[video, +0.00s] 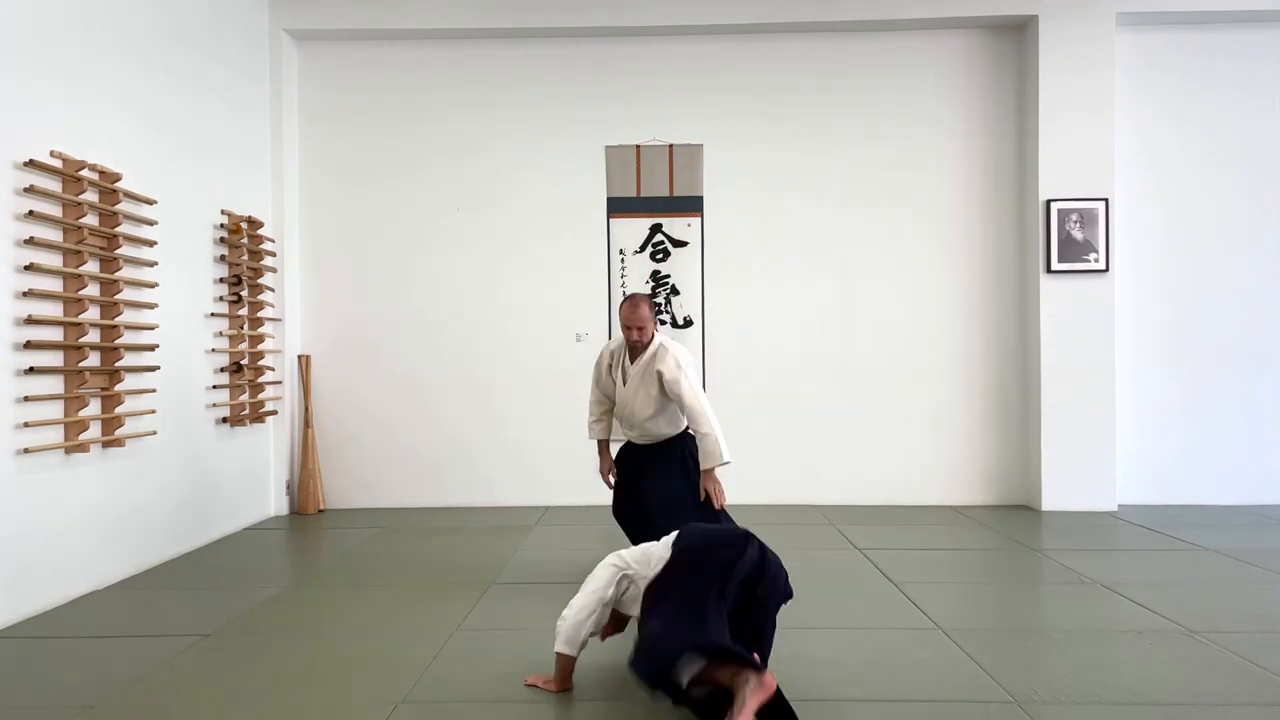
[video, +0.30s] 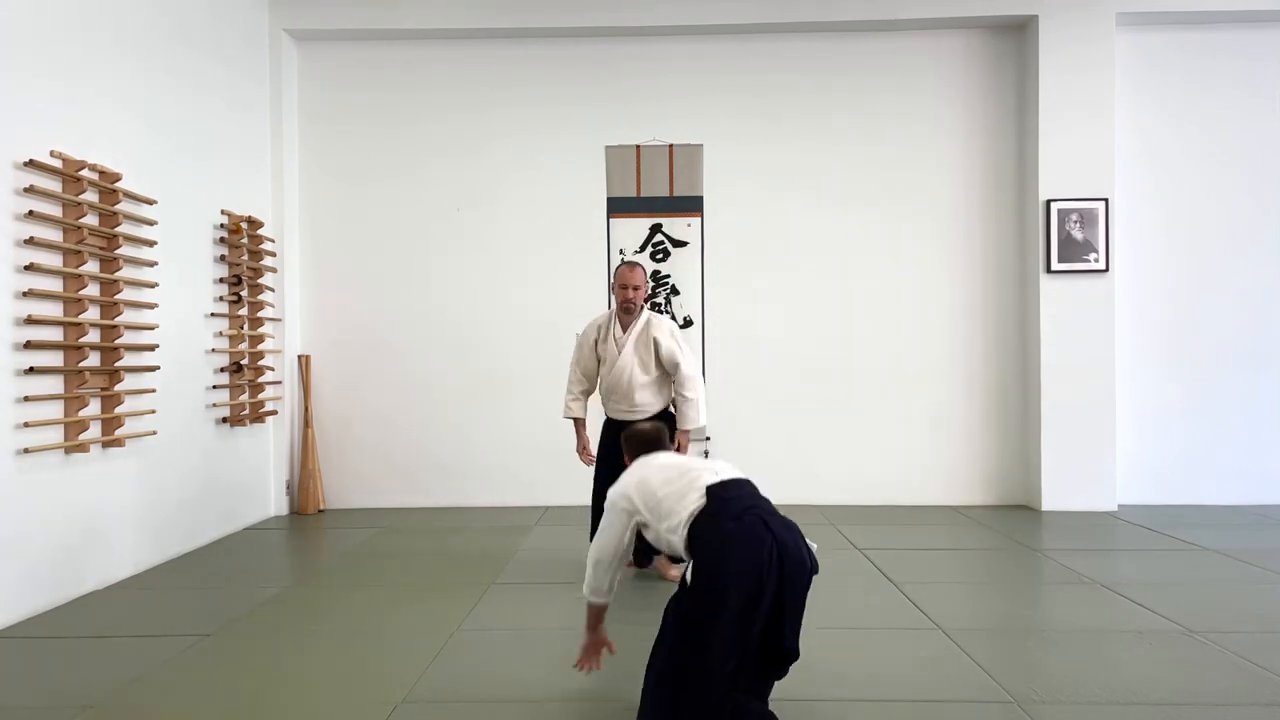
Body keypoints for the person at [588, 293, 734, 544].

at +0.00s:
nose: (633, 336)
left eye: (640, 329)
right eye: (627, 329)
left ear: (654, 323)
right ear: (620, 324)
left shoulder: (670, 358)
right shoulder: (610, 356)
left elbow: (699, 414)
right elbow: (600, 405)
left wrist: (709, 471)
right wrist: (604, 453)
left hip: (674, 451)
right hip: (635, 452)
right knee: (626, 510)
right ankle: (658, 566)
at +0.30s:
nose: (629, 295)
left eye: (636, 288)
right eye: (622, 288)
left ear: (646, 292)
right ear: (613, 290)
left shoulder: (662, 330)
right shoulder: (596, 330)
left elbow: (686, 379)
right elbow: (579, 382)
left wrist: (684, 429)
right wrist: (580, 429)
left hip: (655, 427)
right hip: (614, 427)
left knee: (653, 493)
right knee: (605, 496)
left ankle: (651, 556)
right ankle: (605, 560)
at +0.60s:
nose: (641, 281)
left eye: (647, 275)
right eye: (633, 274)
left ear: (651, 281)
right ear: (618, 278)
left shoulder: (652, 323)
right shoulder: (595, 319)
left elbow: (661, 368)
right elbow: (565, 374)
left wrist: (660, 413)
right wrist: (575, 422)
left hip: (638, 410)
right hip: (595, 411)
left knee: (646, 481)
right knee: (590, 479)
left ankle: (626, 556)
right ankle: (587, 535)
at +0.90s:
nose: (615, 284)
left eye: (620, 278)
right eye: (608, 277)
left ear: (622, 283)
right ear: (586, 279)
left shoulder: (617, 325)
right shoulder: (564, 318)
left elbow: (615, 380)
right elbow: (592, 331)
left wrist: (637, 418)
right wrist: (635, 315)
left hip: (592, 430)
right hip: (553, 427)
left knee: (626, 498)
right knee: (574, 504)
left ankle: (615, 550)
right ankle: (533, 595)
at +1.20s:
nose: (528, 258)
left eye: (523, 251)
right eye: (525, 252)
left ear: (488, 262)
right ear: (516, 254)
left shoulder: (474, 314)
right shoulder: (538, 289)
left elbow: (495, 373)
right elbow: (599, 283)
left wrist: (552, 382)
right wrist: (597, 263)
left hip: (494, 420)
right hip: (538, 423)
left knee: (486, 511)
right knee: (545, 507)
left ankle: (433, 600)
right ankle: (520, 595)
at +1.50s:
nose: (485, 279)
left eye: (483, 274)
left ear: (485, 275)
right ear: (528, 270)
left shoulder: (478, 316)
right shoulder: (554, 319)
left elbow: (425, 373)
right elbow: (520, 388)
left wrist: (379, 420)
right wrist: (451, 397)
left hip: (499, 451)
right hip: (560, 452)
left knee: (447, 538)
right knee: (601, 543)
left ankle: (416, 636)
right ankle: (623, 654)